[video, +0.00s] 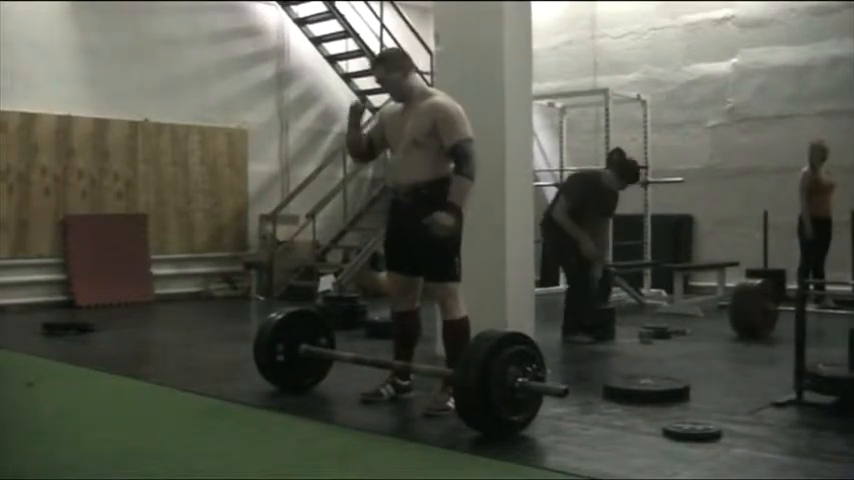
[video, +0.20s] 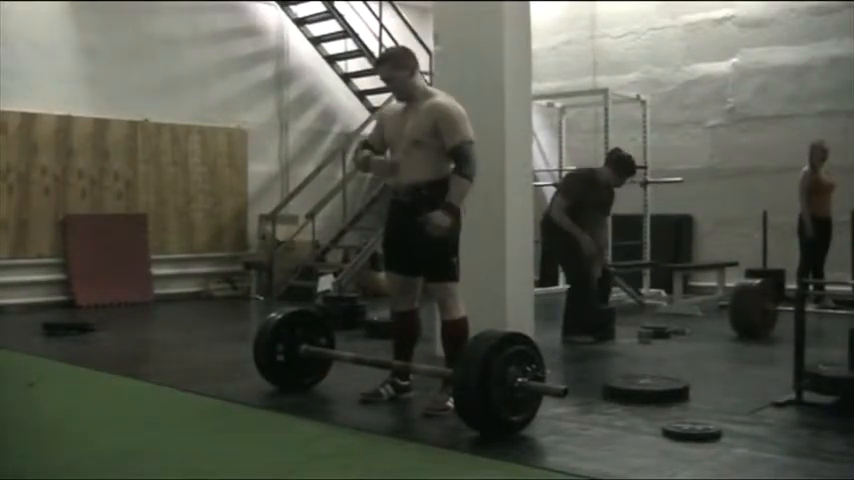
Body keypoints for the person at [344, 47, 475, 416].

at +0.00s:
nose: (385, 88)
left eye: (389, 80)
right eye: (381, 83)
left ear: (407, 72)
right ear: (382, 82)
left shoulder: (442, 109)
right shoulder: (391, 117)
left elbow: (465, 162)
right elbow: (363, 153)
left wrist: (453, 208)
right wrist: (354, 127)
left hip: (438, 201)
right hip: (402, 204)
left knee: (446, 295)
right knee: (401, 292)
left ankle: (454, 385)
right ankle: (400, 379)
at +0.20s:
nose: (390, 88)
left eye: (394, 80)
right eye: (385, 82)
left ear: (412, 72)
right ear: (385, 80)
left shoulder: (443, 109)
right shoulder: (389, 116)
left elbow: (467, 163)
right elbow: (365, 153)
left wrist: (450, 209)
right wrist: (369, 158)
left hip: (436, 200)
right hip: (400, 201)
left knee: (445, 294)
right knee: (401, 293)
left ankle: (454, 386)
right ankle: (400, 380)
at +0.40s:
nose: (391, 86)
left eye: (394, 78)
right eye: (387, 79)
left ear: (414, 71)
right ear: (387, 78)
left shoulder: (444, 109)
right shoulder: (393, 114)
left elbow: (467, 164)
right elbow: (364, 154)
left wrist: (457, 213)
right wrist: (368, 131)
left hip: (437, 200)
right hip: (401, 202)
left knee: (445, 294)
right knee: (402, 293)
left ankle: (454, 386)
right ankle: (400, 380)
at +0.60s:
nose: (391, 86)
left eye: (395, 78)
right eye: (387, 80)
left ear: (415, 70)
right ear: (388, 78)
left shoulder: (444, 110)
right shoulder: (395, 114)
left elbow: (464, 164)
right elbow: (364, 152)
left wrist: (453, 212)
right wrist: (370, 127)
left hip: (436, 201)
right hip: (401, 203)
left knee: (445, 294)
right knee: (402, 293)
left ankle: (454, 387)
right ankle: (400, 380)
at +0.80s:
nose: (392, 85)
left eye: (396, 77)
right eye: (389, 79)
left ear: (415, 70)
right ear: (389, 78)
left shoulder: (444, 108)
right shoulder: (398, 111)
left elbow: (461, 163)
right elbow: (363, 148)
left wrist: (442, 207)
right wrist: (383, 119)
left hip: (437, 202)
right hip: (402, 202)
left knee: (445, 295)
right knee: (403, 293)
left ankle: (454, 386)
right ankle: (401, 379)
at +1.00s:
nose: (391, 85)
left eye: (395, 77)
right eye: (387, 79)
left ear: (415, 70)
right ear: (388, 78)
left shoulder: (446, 108)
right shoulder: (393, 113)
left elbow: (465, 164)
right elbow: (375, 149)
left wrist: (445, 208)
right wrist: (365, 158)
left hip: (438, 202)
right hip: (402, 203)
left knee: (444, 296)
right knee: (401, 293)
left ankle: (453, 386)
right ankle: (400, 379)